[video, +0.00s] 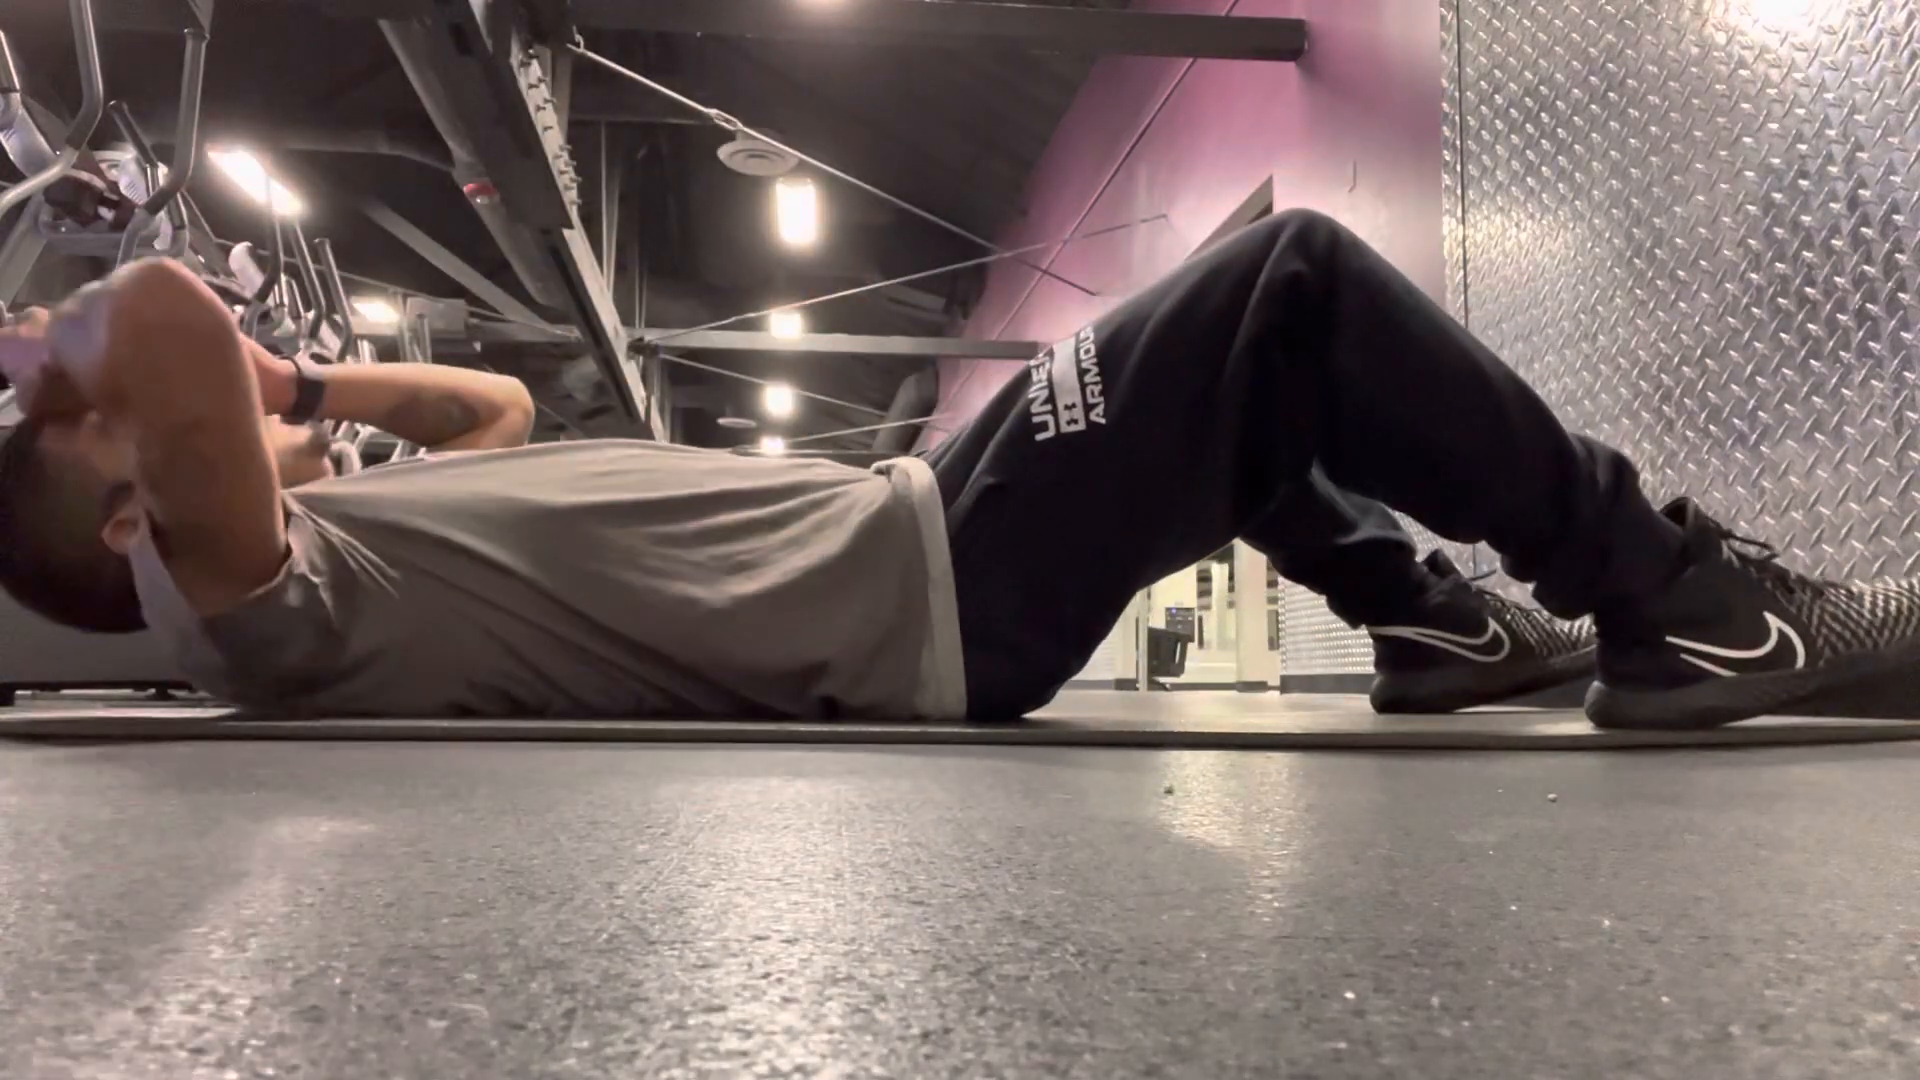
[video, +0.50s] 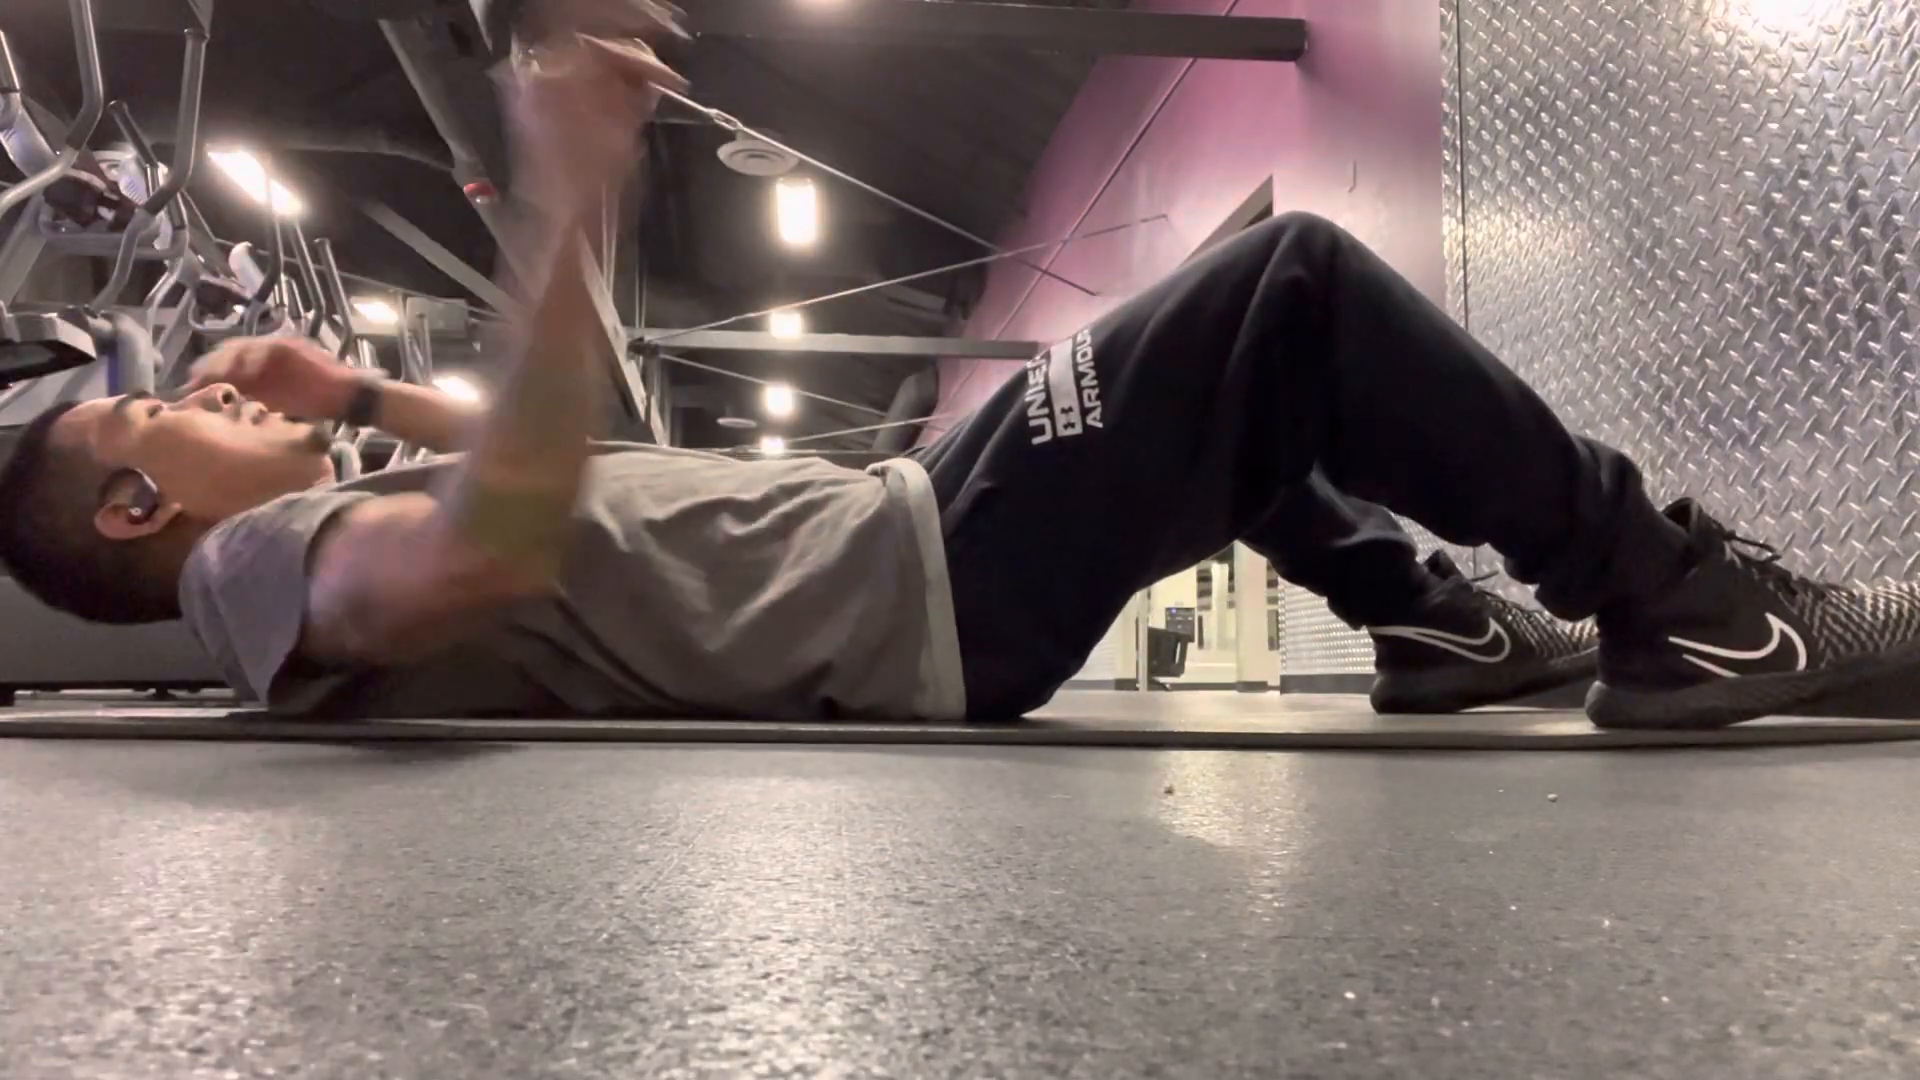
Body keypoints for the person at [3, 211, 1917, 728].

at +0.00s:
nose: (153, 421)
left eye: (120, 417)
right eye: (118, 434)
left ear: (163, 492)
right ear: (134, 515)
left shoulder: (340, 522)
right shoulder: (268, 618)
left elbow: (491, 397)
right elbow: (166, 305)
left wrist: (250, 382)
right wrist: (75, 372)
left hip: (901, 517)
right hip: (924, 604)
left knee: (1143, 345)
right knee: (1285, 277)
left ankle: (1432, 622)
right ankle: (1679, 589)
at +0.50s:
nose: (189, 394)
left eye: (154, 399)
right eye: (141, 441)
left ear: (211, 412)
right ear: (149, 537)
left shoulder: (347, 486)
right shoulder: (264, 574)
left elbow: (549, 456)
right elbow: (479, 555)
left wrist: (362, 392)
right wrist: (567, 198)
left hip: (905, 531)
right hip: (909, 593)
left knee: (1222, 358)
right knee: (1275, 271)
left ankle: (1444, 614)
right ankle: (1687, 598)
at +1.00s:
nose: (215, 401)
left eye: (165, 401)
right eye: (169, 425)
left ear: (158, 525)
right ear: (151, 537)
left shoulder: (310, 558)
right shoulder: (287, 584)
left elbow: (565, 559)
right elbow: (560, 578)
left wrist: (726, 432)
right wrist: (649, 375)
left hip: (901, 558)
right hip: (924, 613)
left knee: (1209, 318)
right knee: (1295, 280)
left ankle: (1446, 622)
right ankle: (1689, 595)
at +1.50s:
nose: (194, 365)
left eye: (166, 362)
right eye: (152, 389)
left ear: (202, 408)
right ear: (149, 478)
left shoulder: (345, 516)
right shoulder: (301, 492)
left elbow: (629, 413)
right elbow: (558, 306)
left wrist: (782, 237)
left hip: (853, 536)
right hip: (893, 567)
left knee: (1196, 346)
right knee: (1264, 274)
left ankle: (1442, 617)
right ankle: (1657, 591)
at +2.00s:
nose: (1049, 66)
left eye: (1056, 52)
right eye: (1043, 49)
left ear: (918, 23)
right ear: (981, 18)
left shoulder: (848, 171)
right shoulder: (852, 86)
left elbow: (1007, 381)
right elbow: (1100, 95)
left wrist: (1152, 224)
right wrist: (1337, 8)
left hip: (971, 607)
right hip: (990, 605)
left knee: (1243, 283)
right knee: (1305, 265)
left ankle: (1468, 625)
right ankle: (1642, 590)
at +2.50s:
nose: (972, 24)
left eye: (960, 9)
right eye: (941, 3)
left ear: (833, 23)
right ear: (851, 12)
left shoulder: (822, 145)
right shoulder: (827, 136)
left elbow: (1094, 273)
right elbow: (1117, 254)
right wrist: (1402, 110)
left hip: (1043, 591)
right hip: (1062, 619)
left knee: (1302, 307)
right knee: (1371, 270)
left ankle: (1458, 624)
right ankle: (1682, 613)